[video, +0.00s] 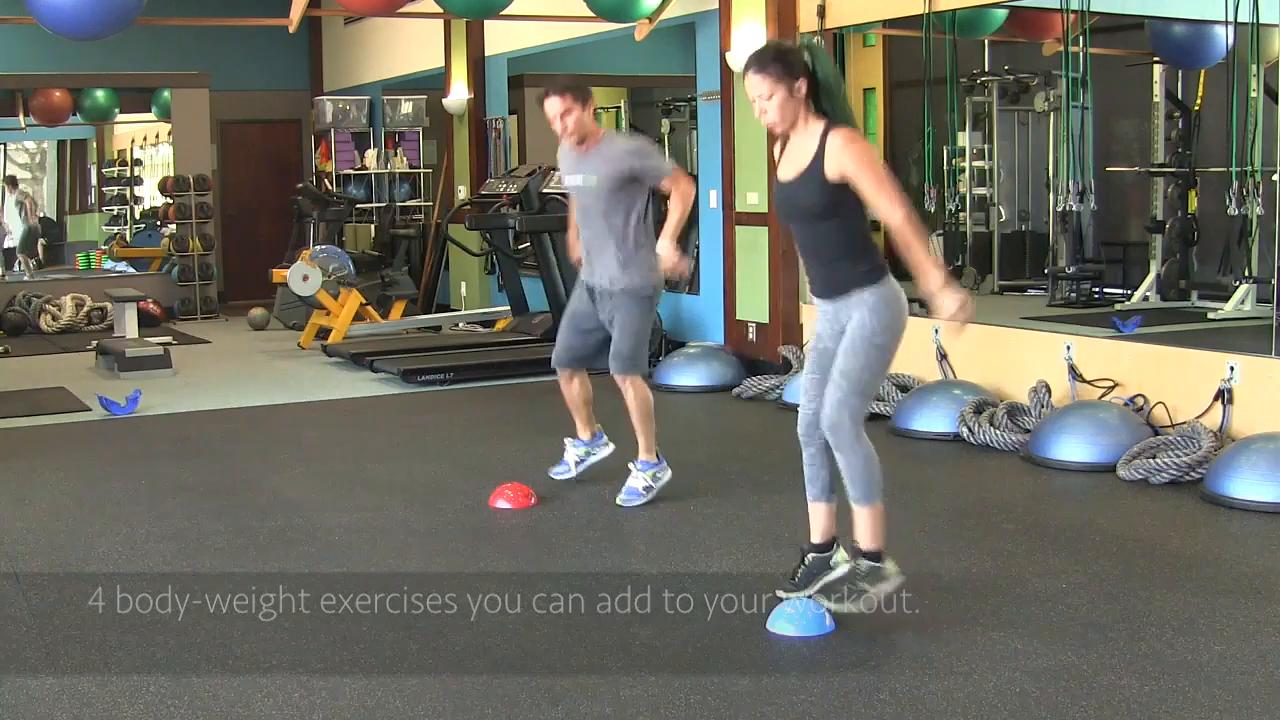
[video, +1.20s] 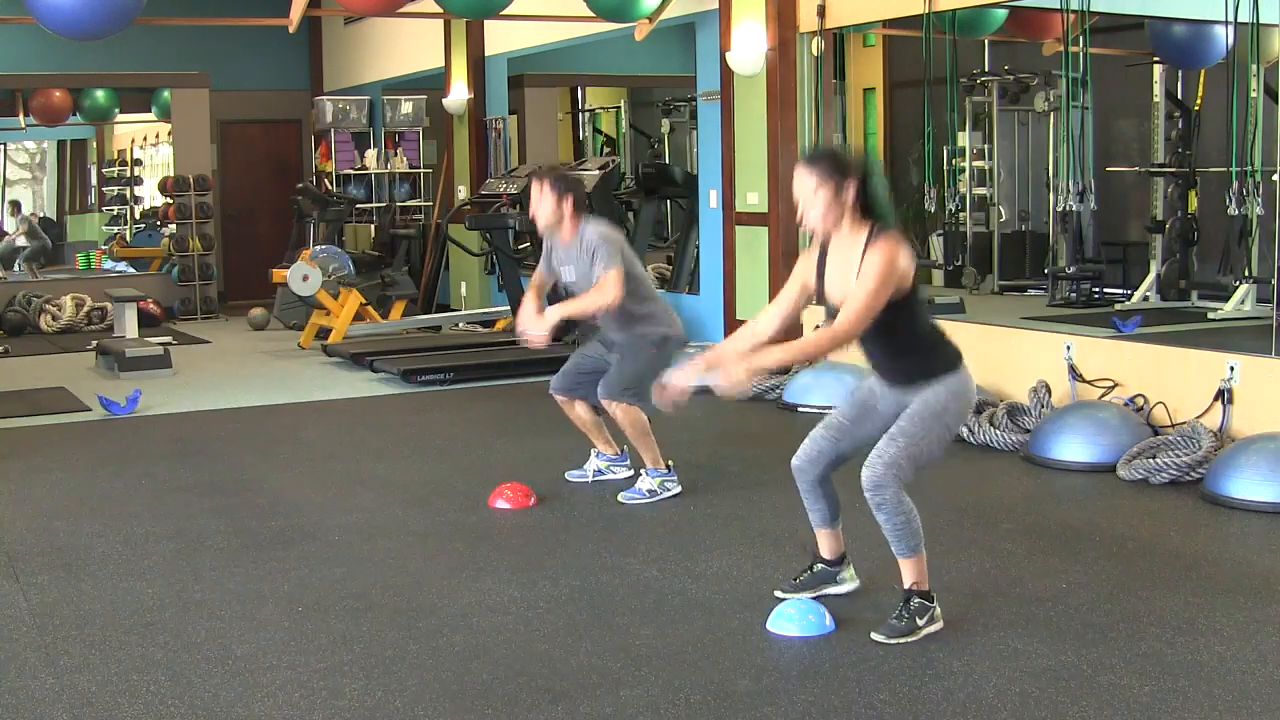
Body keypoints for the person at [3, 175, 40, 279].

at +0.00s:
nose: (6, 189)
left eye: (6, 186)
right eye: (6, 186)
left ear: (11, 185)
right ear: (13, 185)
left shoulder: (20, 194)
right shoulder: (16, 196)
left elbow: (30, 202)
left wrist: (31, 217)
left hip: (28, 225)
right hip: (24, 225)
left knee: (20, 252)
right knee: (22, 252)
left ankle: (30, 275)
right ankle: (29, 274)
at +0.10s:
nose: (7, 186)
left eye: (7, 183)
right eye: (6, 183)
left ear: (11, 182)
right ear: (16, 180)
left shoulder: (20, 192)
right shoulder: (24, 190)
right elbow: (37, 201)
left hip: (27, 224)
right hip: (32, 223)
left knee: (18, 248)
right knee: (26, 249)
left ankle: (20, 272)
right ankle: (29, 272)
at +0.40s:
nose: (10, 187)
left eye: (12, 184)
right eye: (9, 184)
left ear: (19, 183)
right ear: (18, 184)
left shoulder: (23, 193)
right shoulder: (23, 194)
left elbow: (29, 205)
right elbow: (30, 207)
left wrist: (23, 218)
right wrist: (23, 218)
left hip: (29, 228)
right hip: (32, 227)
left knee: (14, 250)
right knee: (26, 255)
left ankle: (16, 274)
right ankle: (32, 278)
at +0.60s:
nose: (8, 188)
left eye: (10, 185)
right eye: (8, 185)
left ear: (17, 185)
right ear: (17, 185)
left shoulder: (23, 195)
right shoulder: (21, 195)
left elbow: (22, 209)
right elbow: (23, 210)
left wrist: (6, 213)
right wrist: (13, 214)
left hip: (33, 226)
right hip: (31, 226)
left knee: (24, 252)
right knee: (26, 251)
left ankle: (31, 275)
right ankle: (33, 273)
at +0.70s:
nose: (9, 198)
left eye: (11, 195)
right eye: (9, 196)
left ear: (17, 195)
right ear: (11, 196)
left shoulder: (23, 206)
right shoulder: (21, 207)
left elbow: (20, 220)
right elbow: (21, 221)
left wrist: (6, 218)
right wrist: (9, 221)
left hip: (38, 235)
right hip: (36, 235)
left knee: (26, 258)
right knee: (29, 257)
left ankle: (33, 279)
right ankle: (37, 278)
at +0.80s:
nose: (9, 213)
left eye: (10, 210)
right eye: (8, 210)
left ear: (16, 210)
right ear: (16, 210)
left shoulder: (22, 219)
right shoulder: (22, 219)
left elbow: (18, 235)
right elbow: (18, 234)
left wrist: (6, 229)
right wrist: (8, 229)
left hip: (42, 243)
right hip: (40, 242)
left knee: (25, 260)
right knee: (26, 259)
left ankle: (35, 278)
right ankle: (37, 278)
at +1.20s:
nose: (9, 211)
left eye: (10, 209)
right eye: (9, 209)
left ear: (16, 209)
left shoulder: (22, 218)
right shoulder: (20, 219)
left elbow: (24, 229)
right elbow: (18, 230)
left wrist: (13, 237)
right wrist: (10, 236)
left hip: (42, 243)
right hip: (37, 243)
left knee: (25, 259)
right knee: (24, 259)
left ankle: (34, 278)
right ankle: (36, 278)